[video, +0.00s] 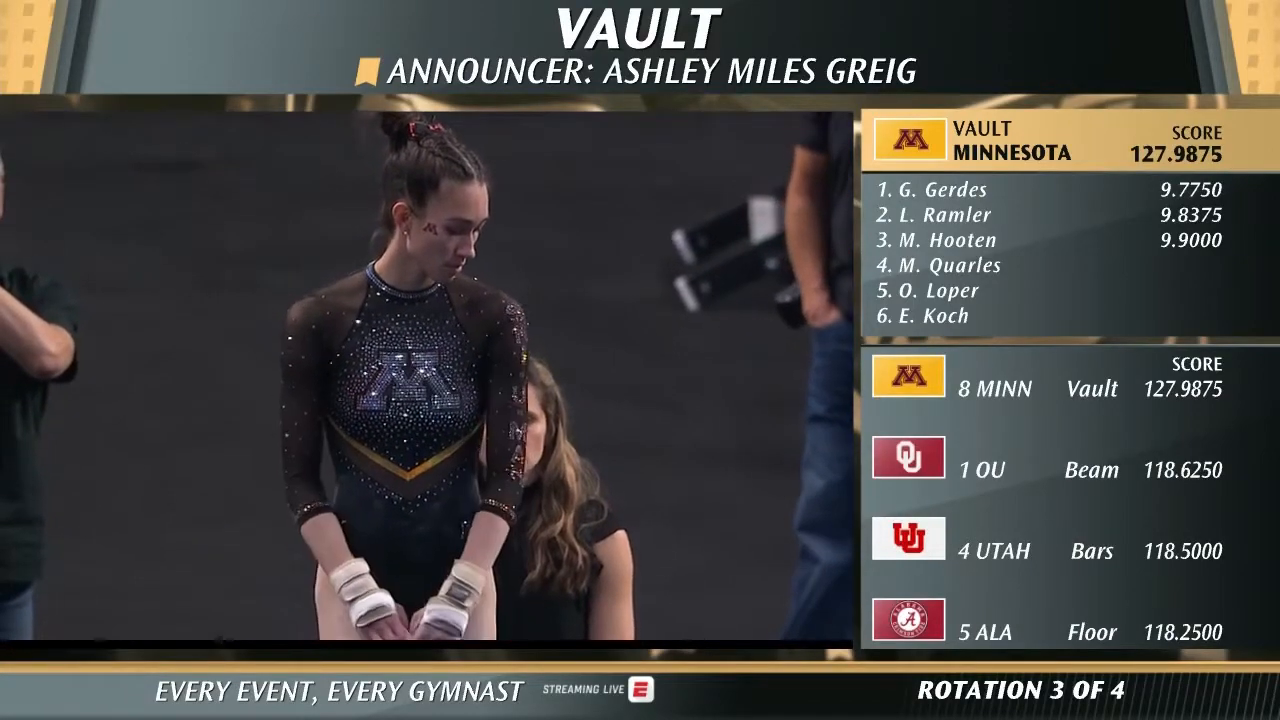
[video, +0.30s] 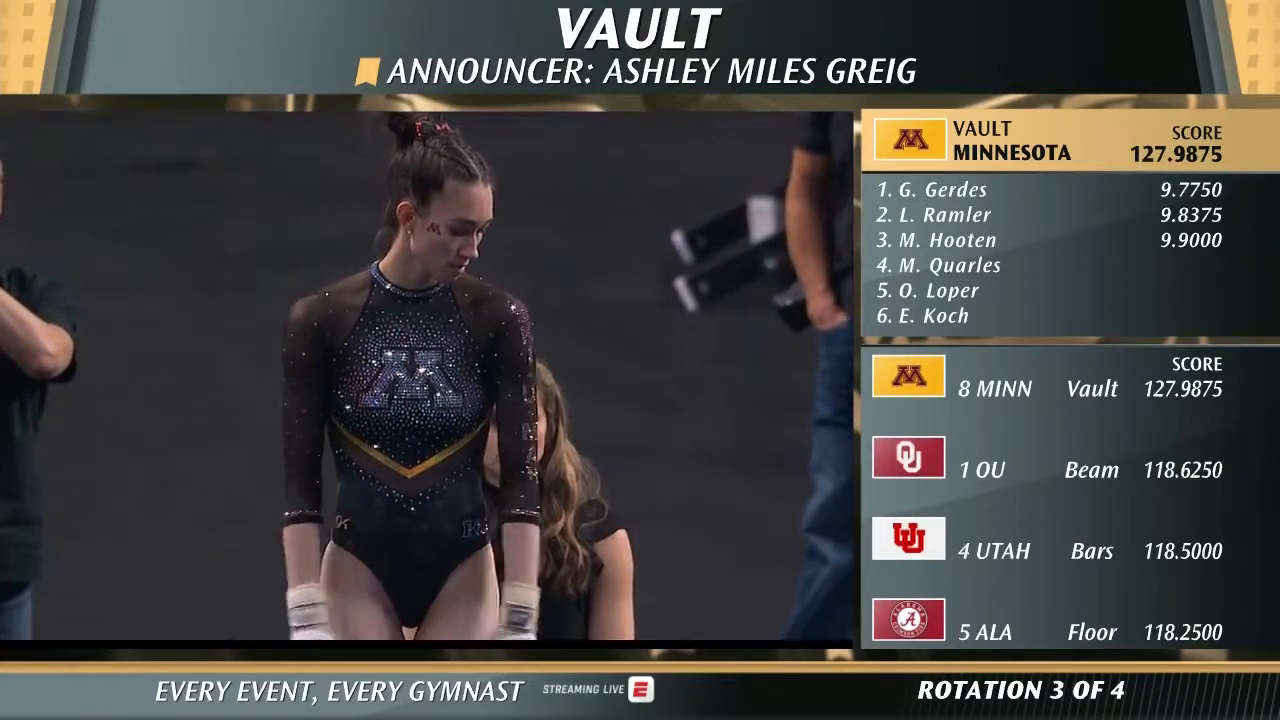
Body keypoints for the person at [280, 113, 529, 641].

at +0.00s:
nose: (470, 248)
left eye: (477, 229)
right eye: (455, 230)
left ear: (484, 217)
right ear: (402, 216)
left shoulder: (493, 318)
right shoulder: (317, 321)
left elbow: (505, 475)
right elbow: (299, 480)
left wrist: (456, 597)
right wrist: (358, 590)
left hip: (462, 572)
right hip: (352, 572)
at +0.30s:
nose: (473, 249)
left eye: (481, 231)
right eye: (458, 230)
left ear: (489, 219)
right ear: (406, 216)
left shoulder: (498, 319)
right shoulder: (321, 320)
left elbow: (521, 473)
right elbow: (301, 474)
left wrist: (519, 621)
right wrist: (306, 617)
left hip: (466, 565)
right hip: (357, 564)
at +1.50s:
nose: (463, 255)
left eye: (471, 237)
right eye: (448, 238)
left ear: (477, 224)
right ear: (395, 225)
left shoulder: (491, 319)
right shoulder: (309, 324)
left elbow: (522, 472)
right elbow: (280, 479)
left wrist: (536, 618)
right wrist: (253, 624)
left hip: (460, 572)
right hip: (354, 571)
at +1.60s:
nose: (462, 255)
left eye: (470, 237)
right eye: (447, 239)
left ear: (477, 226)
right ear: (394, 225)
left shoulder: (491, 320)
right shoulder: (308, 325)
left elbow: (523, 471)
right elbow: (276, 479)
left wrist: (544, 615)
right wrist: (247, 621)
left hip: (460, 572)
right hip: (353, 571)